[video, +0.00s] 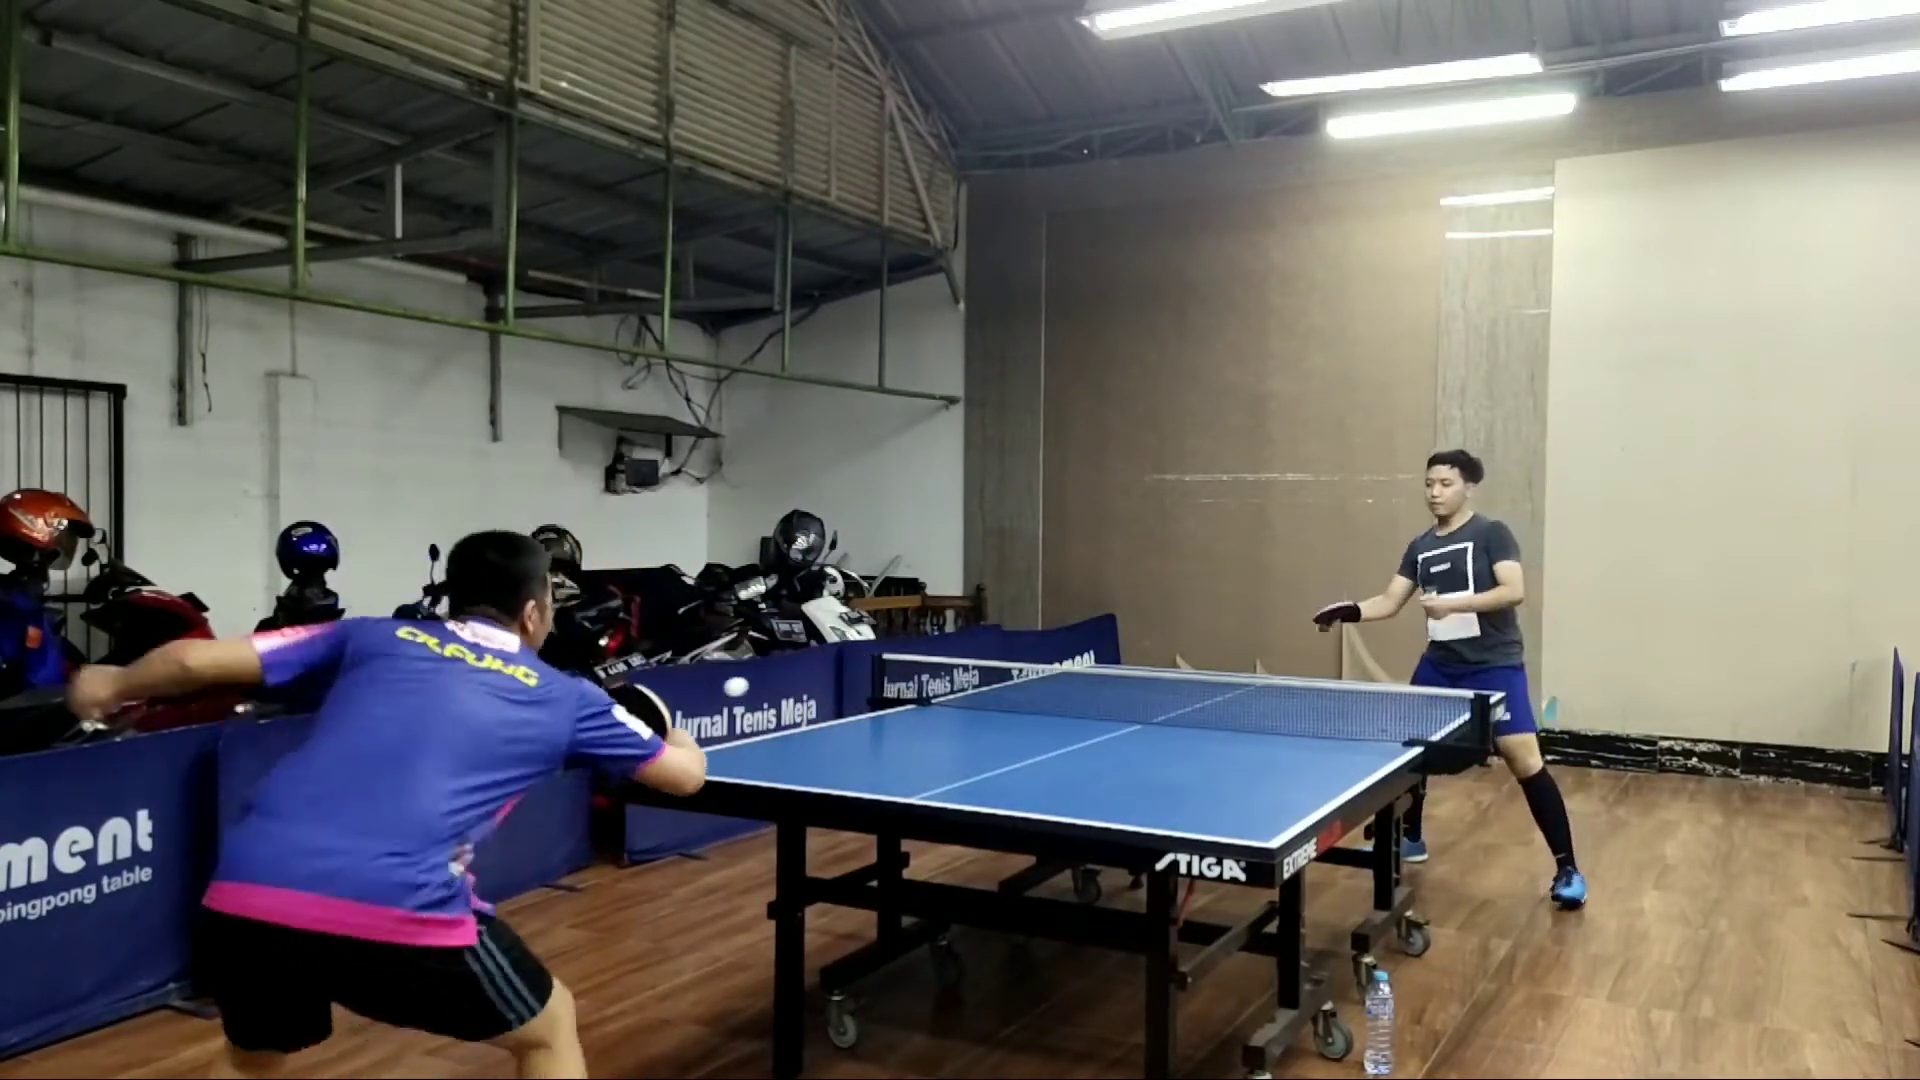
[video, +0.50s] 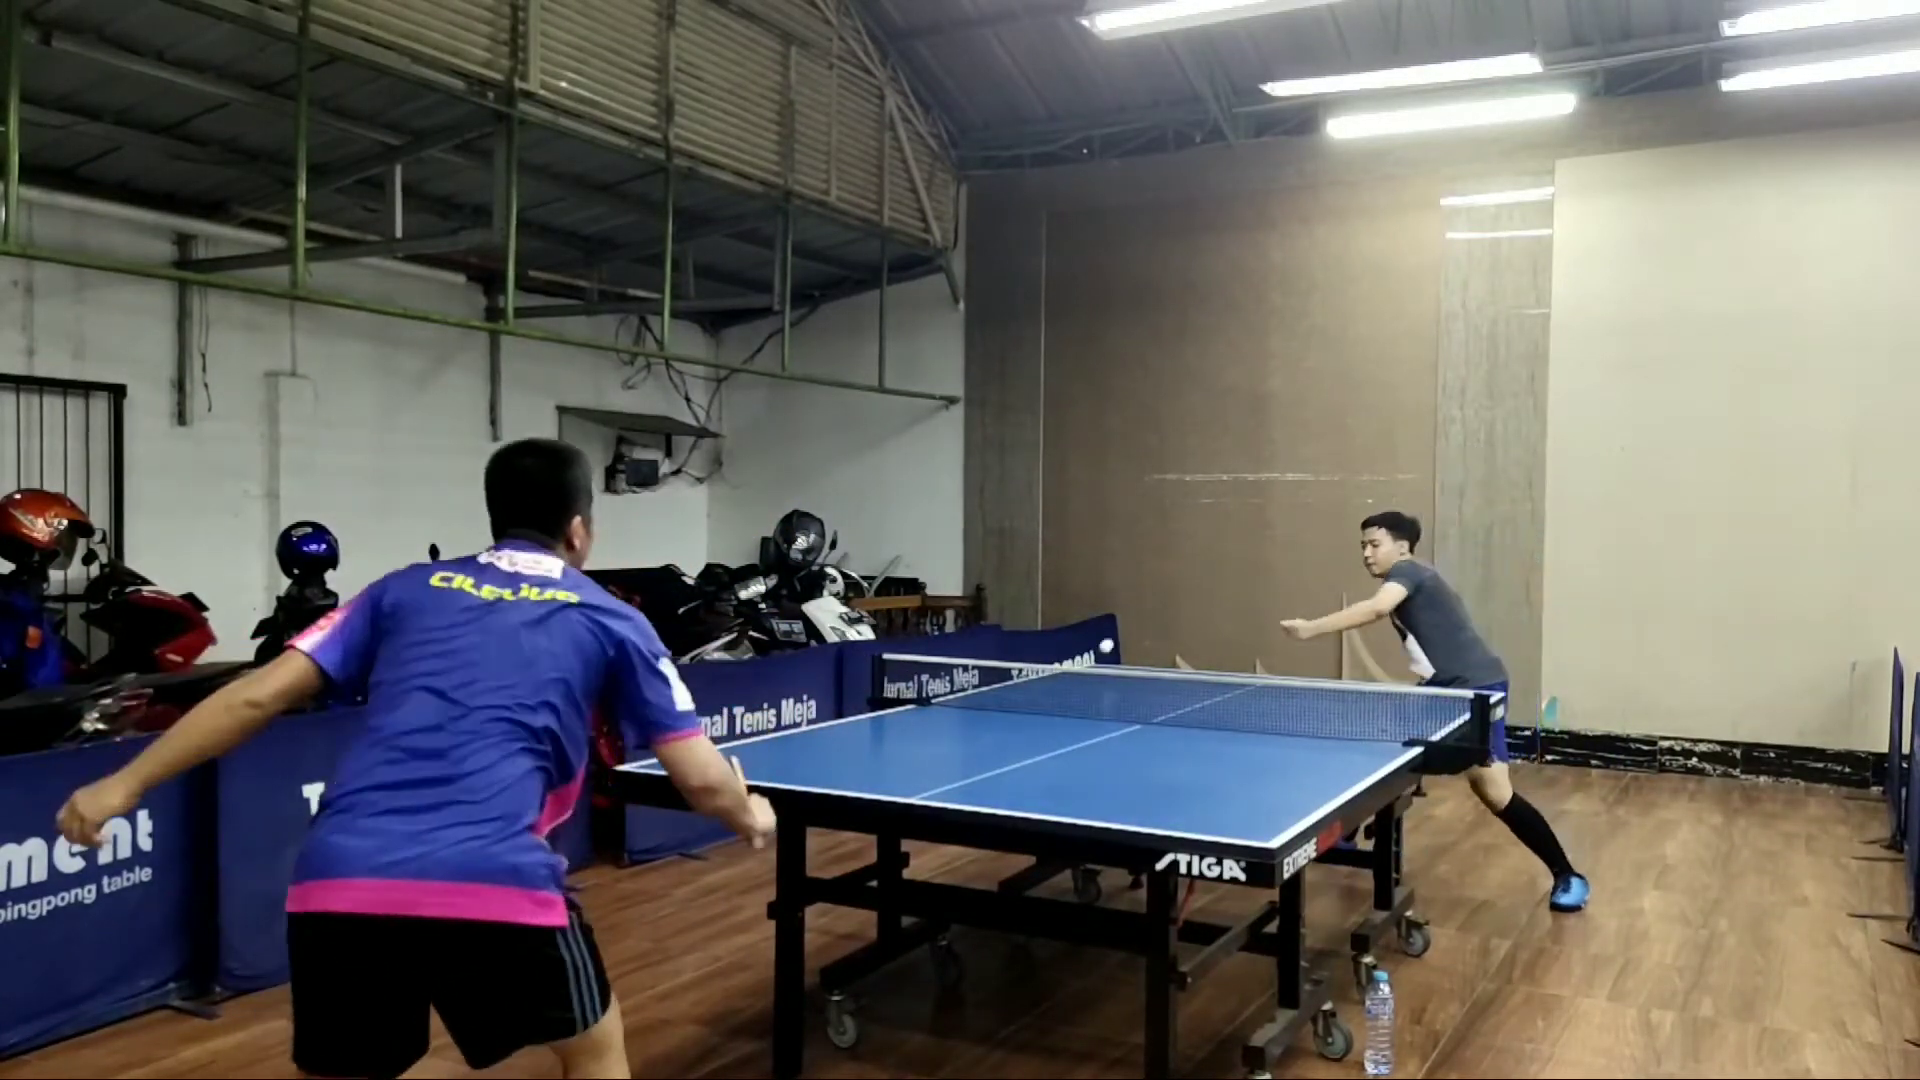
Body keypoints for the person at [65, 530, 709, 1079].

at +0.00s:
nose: (552, 616)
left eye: (549, 601)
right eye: (550, 603)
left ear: (451, 596)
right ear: (531, 614)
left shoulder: (368, 635)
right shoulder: (562, 697)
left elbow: (206, 660)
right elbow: (686, 775)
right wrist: (657, 729)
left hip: (249, 904)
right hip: (399, 923)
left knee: (254, 1057)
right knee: (548, 1030)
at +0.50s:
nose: (594, 535)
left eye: (585, 521)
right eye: (593, 523)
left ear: (490, 523)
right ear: (579, 531)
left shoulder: (403, 589)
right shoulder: (611, 622)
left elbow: (264, 692)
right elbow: (706, 782)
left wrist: (122, 785)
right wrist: (744, 808)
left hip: (338, 894)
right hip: (493, 899)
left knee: (346, 1068)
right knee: (592, 1050)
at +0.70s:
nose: (602, 509)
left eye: (602, 493)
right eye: (600, 494)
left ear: (496, 500)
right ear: (582, 506)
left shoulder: (397, 580)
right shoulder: (599, 605)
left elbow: (269, 722)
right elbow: (652, 779)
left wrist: (221, 830)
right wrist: (727, 856)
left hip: (328, 908)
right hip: (484, 905)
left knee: (338, 1069)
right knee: (642, 1063)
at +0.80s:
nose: (640, 510)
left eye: (642, 491)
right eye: (641, 492)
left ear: (538, 491)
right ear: (621, 504)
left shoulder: (436, 568)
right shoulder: (636, 598)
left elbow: (317, 730)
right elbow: (676, 790)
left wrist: (304, 846)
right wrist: (741, 877)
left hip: (350, 903)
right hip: (507, 907)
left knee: (361, 1070)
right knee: (648, 1072)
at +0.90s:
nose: (688, 539)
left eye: (686, 521)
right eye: (688, 522)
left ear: (585, 520)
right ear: (671, 531)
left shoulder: (474, 598)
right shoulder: (676, 631)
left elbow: (372, 768)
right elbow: (704, 832)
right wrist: (775, 893)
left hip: (378, 953)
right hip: (536, 960)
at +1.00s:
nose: (751, 567)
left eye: (751, 548)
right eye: (753, 548)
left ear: (644, 534)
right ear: (730, 555)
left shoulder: (535, 603)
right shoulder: (680, 655)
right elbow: (637, 857)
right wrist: (789, 923)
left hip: (379, 965)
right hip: (523, 976)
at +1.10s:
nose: (771, 588)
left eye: (777, 572)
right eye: (776, 570)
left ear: (673, 530)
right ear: (749, 572)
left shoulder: (581, 586)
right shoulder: (633, 634)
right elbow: (495, 802)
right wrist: (653, 908)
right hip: (490, 972)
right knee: (638, 1067)